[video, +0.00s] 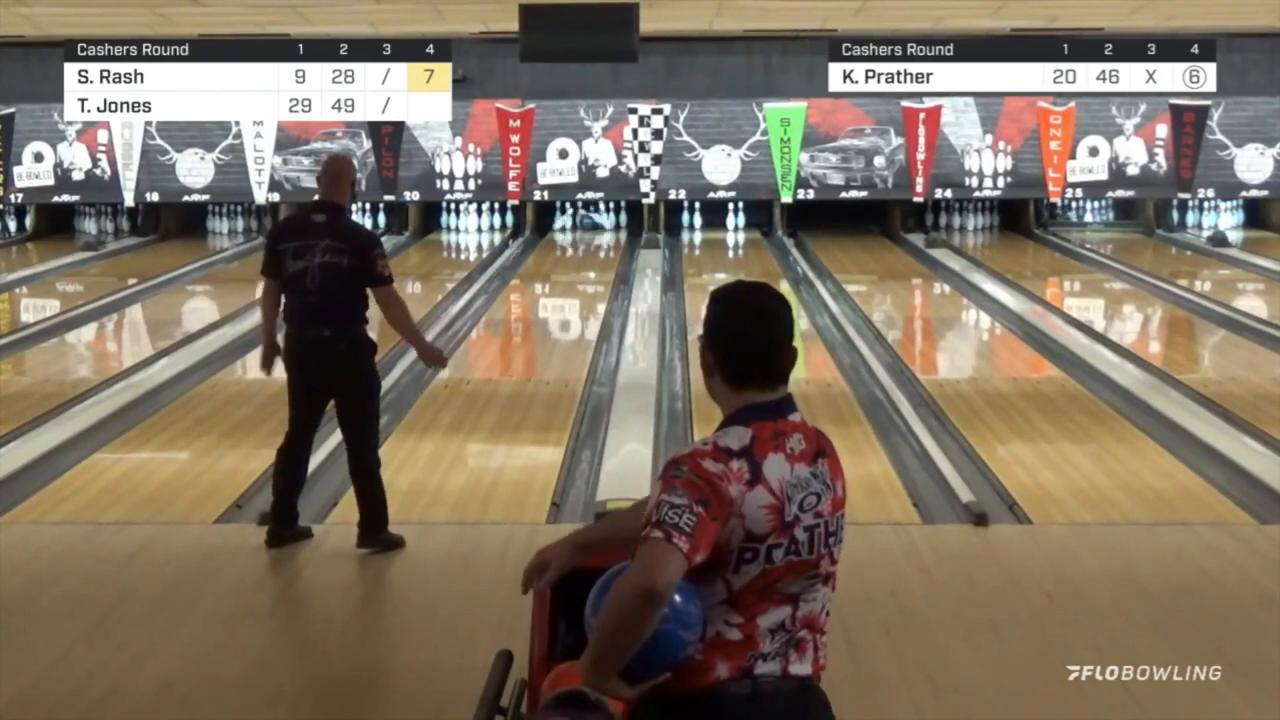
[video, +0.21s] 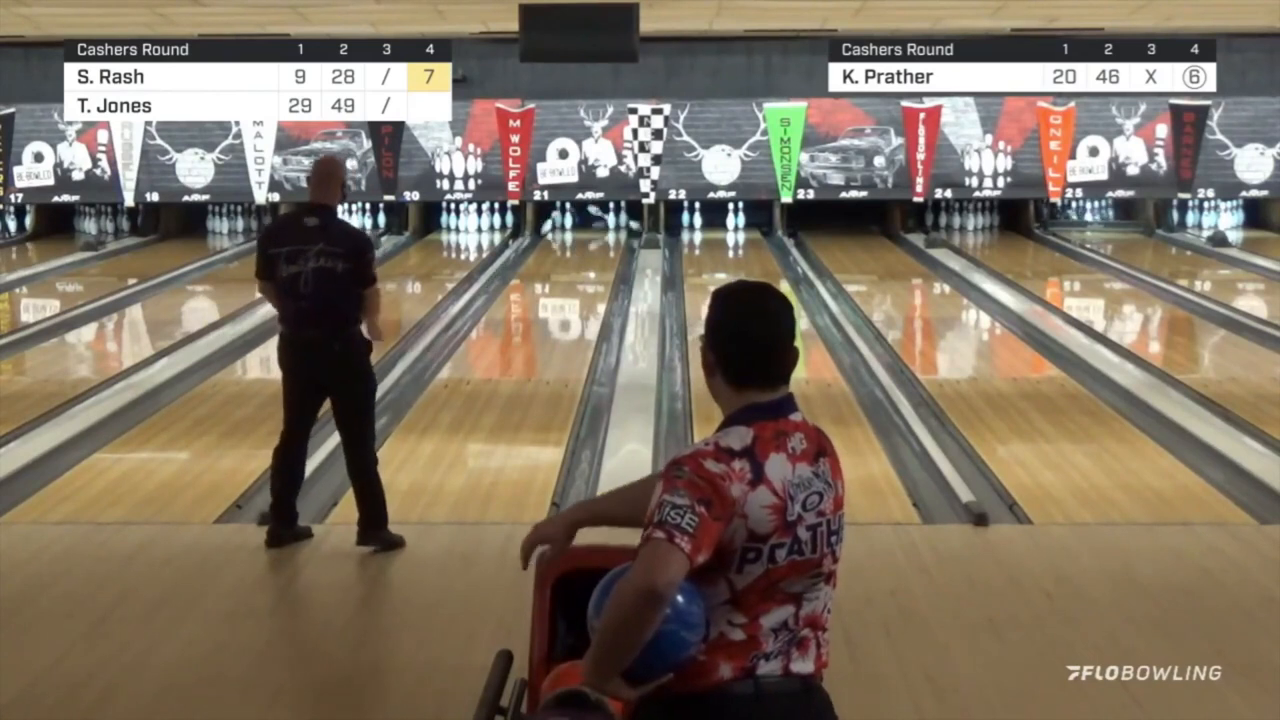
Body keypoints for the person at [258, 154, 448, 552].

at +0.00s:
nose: (354, 190)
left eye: (350, 183)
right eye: (354, 184)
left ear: (318, 184)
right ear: (351, 187)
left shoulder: (284, 231)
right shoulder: (362, 239)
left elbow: (270, 291)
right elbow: (389, 302)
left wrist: (269, 339)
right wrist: (423, 346)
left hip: (301, 351)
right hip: (350, 354)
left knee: (297, 436)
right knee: (362, 445)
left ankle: (282, 524)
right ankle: (373, 530)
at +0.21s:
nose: (342, 190)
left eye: (336, 182)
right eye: (342, 184)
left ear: (309, 183)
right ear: (340, 188)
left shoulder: (275, 232)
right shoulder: (354, 240)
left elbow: (265, 285)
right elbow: (370, 299)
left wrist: (289, 314)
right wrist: (374, 328)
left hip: (296, 348)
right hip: (346, 349)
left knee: (293, 436)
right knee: (359, 442)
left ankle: (281, 524)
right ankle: (373, 527)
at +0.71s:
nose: (320, 189)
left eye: (317, 182)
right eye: (318, 184)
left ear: (281, 187)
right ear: (313, 190)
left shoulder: (250, 231)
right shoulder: (329, 240)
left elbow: (227, 287)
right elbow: (344, 304)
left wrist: (215, 338)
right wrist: (328, 332)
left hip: (269, 349)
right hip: (318, 351)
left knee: (273, 436)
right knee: (339, 437)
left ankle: (280, 525)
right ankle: (344, 524)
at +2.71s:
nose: (319, 211)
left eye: (319, 204)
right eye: (316, 204)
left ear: (282, 200)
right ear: (303, 201)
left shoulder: (243, 233)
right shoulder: (311, 233)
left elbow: (234, 297)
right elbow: (327, 298)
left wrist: (241, 343)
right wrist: (342, 344)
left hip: (251, 345)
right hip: (291, 345)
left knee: (265, 430)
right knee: (297, 434)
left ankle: (277, 522)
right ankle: (290, 533)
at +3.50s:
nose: (318, 212)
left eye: (319, 204)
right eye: (314, 203)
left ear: (292, 201)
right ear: (295, 202)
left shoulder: (286, 246)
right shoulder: (268, 251)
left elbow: (291, 320)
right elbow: (265, 331)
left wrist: (310, 374)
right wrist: (289, 389)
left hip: (297, 370)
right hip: (267, 376)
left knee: (318, 448)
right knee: (282, 461)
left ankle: (318, 537)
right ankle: (282, 557)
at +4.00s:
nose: (304, 218)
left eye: (310, 209)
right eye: (297, 209)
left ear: (315, 213)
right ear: (276, 211)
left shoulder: (328, 267)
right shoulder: (241, 267)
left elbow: (348, 330)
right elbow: (224, 332)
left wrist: (368, 383)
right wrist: (235, 387)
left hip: (313, 395)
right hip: (258, 397)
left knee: (315, 492)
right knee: (269, 489)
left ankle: (316, 594)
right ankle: (285, 560)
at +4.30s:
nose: (265, 215)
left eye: (275, 207)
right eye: (259, 205)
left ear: (294, 210)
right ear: (249, 206)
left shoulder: (321, 263)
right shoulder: (228, 264)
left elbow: (351, 326)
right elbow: (200, 327)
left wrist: (362, 382)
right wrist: (172, 386)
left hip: (305, 403)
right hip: (246, 403)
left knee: (311, 506)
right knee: (240, 508)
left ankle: (313, 604)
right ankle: (263, 602)